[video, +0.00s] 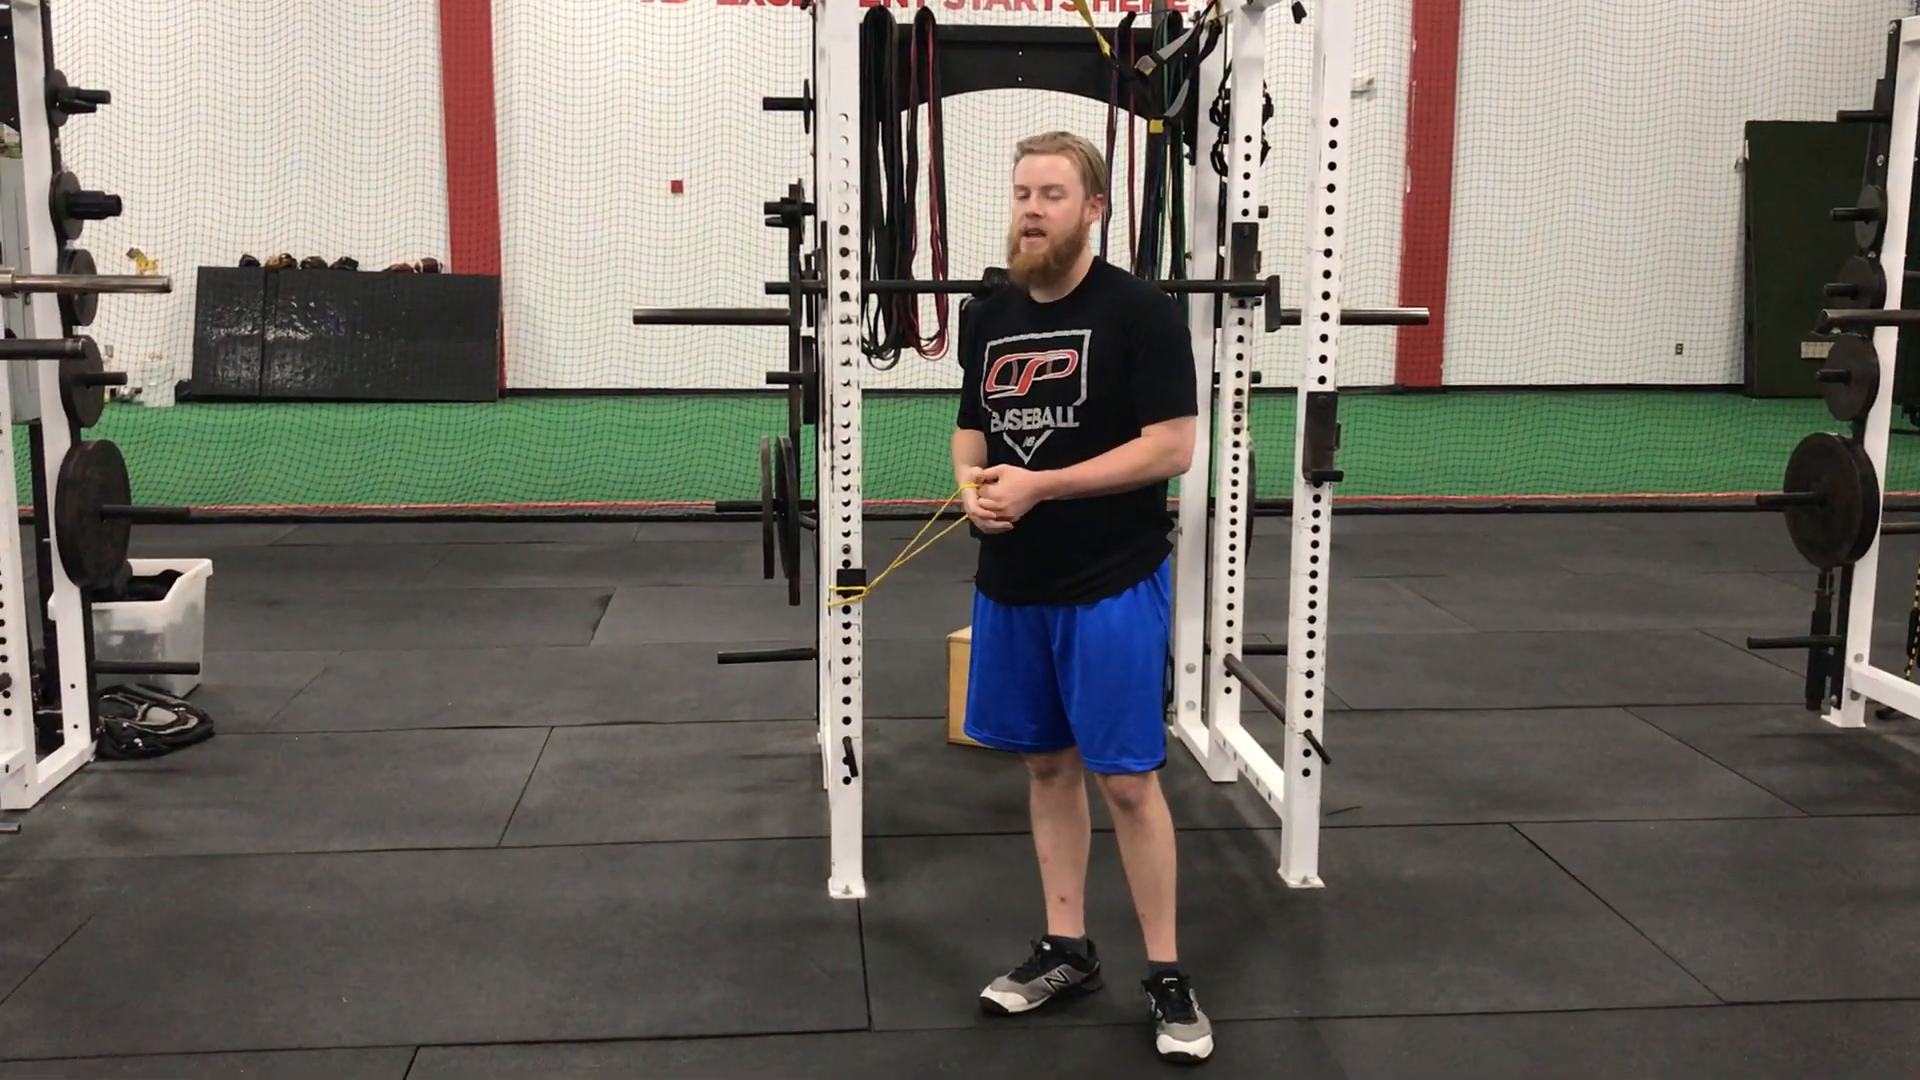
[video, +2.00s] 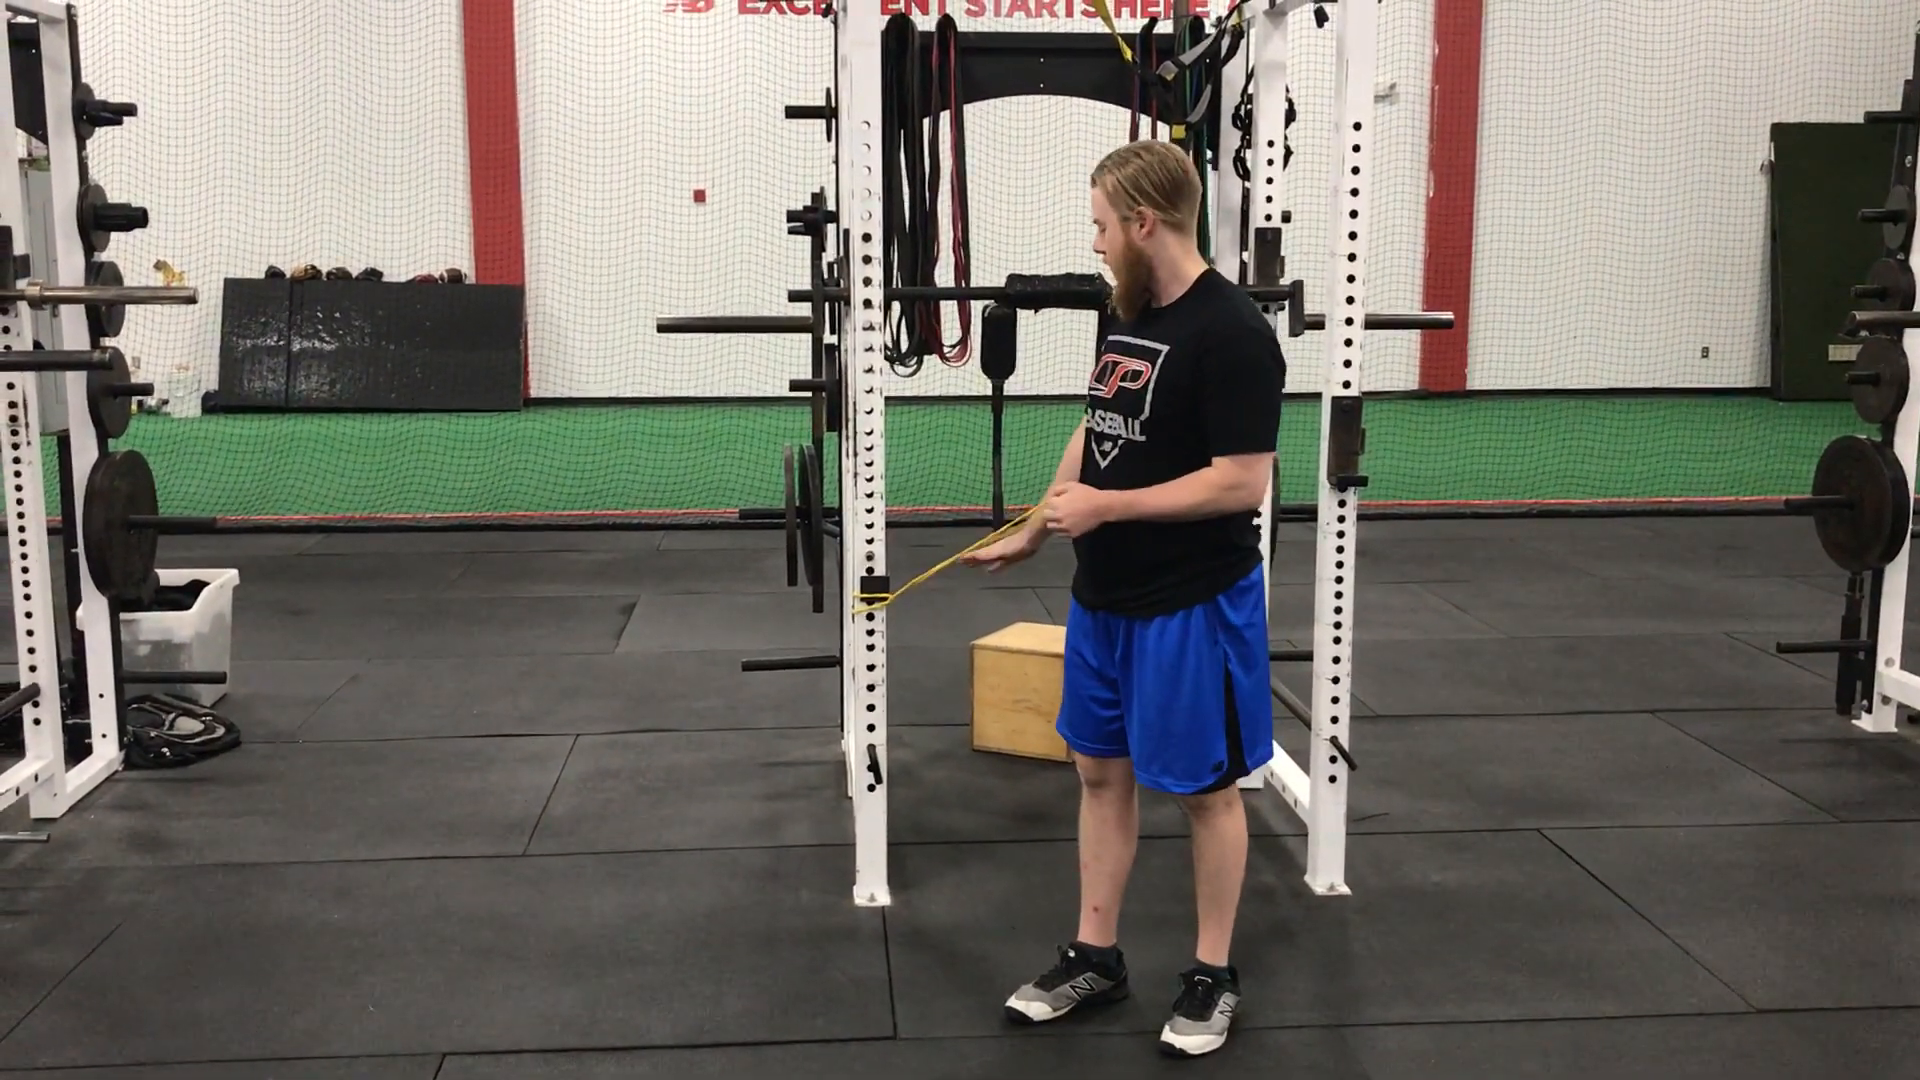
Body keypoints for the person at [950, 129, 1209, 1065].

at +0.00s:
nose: (1029, 209)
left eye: (1049, 195)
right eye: (1021, 194)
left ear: (1093, 209)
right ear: (1007, 208)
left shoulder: (1140, 310)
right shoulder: (988, 314)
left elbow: (1174, 444)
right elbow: (969, 430)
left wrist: (1041, 483)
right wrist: (973, 485)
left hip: (1115, 586)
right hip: (1015, 586)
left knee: (1129, 782)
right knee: (1048, 769)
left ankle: (1167, 977)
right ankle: (1066, 950)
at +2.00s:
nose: (1095, 242)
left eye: (1102, 224)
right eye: (1095, 224)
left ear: (1147, 224)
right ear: (1149, 222)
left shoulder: (1236, 334)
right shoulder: (1128, 317)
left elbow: (1245, 482)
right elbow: (1098, 437)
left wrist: (1107, 505)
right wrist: (1035, 525)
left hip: (1196, 606)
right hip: (1106, 597)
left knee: (1209, 788)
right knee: (1101, 772)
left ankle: (1211, 974)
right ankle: (1095, 958)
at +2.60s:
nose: (1070, 227)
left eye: (1086, 208)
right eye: (1066, 210)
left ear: (1142, 209)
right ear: (1099, 214)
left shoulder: (1209, 316)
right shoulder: (1069, 327)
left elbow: (1227, 457)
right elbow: (1038, 460)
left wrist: (1091, 484)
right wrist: (1017, 596)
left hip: (1185, 596)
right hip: (1088, 596)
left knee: (1197, 779)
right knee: (1100, 772)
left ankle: (1213, 973)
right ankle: (1097, 957)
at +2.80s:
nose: (1086, 216)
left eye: (1107, 199)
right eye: (1078, 200)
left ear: (1155, 210)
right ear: (1072, 212)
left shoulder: (1209, 315)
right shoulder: (1057, 326)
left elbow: (1234, 453)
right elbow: (1036, 457)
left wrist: (1098, 484)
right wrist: (1026, 585)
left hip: (1185, 594)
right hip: (1082, 595)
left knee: (1198, 778)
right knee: (1099, 771)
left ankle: (1214, 973)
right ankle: (1099, 958)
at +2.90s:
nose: (1099, 215)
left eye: (1119, 198)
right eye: (1087, 199)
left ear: (1160, 210)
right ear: (1073, 211)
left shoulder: (1210, 316)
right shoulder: (1056, 326)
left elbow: (1232, 453)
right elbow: (1032, 460)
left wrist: (1094, 481)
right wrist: (1024, 593)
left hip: (1185, 595)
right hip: (1080, 596)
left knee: (1198, 779)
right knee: (1098, 772)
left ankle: (1214, 973)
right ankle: (1099, 958)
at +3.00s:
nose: (1103, 212)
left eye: (1123, 197)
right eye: (1091, 196)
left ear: (1162, 212)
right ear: (1075, 210)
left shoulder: (1210, 318)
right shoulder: (1053, 326)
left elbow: (1234, 454)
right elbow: (1031, 458)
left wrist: (1096, 483)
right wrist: (1026, 578)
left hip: (1186, 596)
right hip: (1080, 596)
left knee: (1199, 779)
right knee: (1098, 774)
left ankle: (1215, 974)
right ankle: (1100, 958)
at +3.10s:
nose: (1105, 216)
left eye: (1125, 200)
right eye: (1092, 199)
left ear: (1163, 213)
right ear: (1076, 210)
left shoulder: (1210, 319)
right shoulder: (1054, 325)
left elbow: (1237, 456)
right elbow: (1033, 455)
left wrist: (1098, 487)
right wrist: (1027, 569)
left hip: (1187, 598)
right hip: (1082, 597)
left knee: (1200, 780)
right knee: (1100, 776)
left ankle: (1217, 976)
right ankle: (1101, 961)